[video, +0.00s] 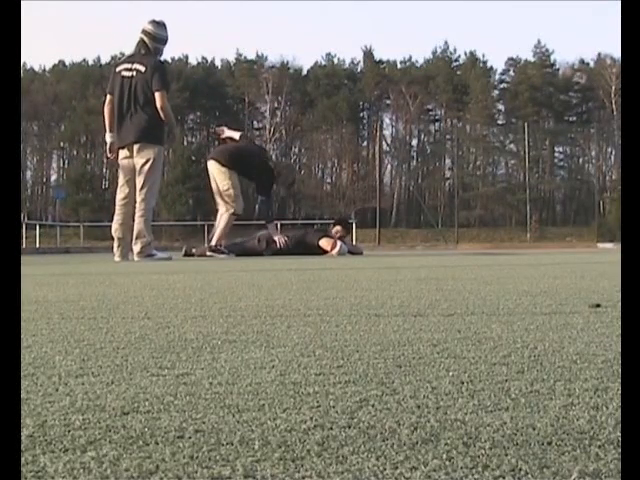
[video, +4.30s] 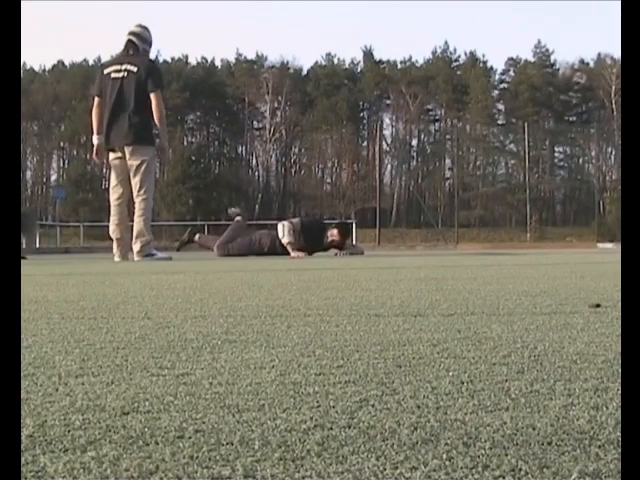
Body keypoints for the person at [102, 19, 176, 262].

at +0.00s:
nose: (163, 48)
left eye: (164, 44)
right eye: (163, 44)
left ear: (142, 38)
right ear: (159, 43)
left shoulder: (120, 65)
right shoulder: (156, 65)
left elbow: (109, 103)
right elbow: (160, 101)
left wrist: (110, 134)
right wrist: (172, 124)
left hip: (123, 137)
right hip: (148, 138)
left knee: (124, 196)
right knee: (145, 197)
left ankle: (119, 249)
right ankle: (142, 248)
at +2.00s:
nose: (160, 47)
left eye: (160, 43)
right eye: (159, 43)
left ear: (138, 38)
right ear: (155, 42)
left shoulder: (118, 65)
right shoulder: (153, 64)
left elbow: (107, 104)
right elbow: (159, 101)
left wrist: (110, 136)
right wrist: (172, 134)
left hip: (121, 138)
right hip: (147, 137)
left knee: (122, 196)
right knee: (144, 197)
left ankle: (119, 249)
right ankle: (142, 248)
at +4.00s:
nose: (148, 50)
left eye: (147, 46)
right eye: (148, 46)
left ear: (127, 41)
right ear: (146, 44)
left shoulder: (106, 66)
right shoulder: (149, 67)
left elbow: (97, 105)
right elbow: (156, 103)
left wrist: (97, 137)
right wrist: (162, 136)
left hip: (113, 138)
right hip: (140, 138)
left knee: (117, 196)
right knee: (143, 195)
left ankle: (119, 250)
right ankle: (142, 248)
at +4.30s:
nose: (148, 50)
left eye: (147, 46)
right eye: (148, 46)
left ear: (127, 41)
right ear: (145, 44)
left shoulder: (106, 66)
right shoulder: (149, 67)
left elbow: (97, 105)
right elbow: (156, 103)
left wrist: (97, 137)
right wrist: (162, 136)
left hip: (113, 138)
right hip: (140, 138)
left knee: (117, 196)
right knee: (143, 195)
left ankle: (119, 250)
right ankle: (142, 248)